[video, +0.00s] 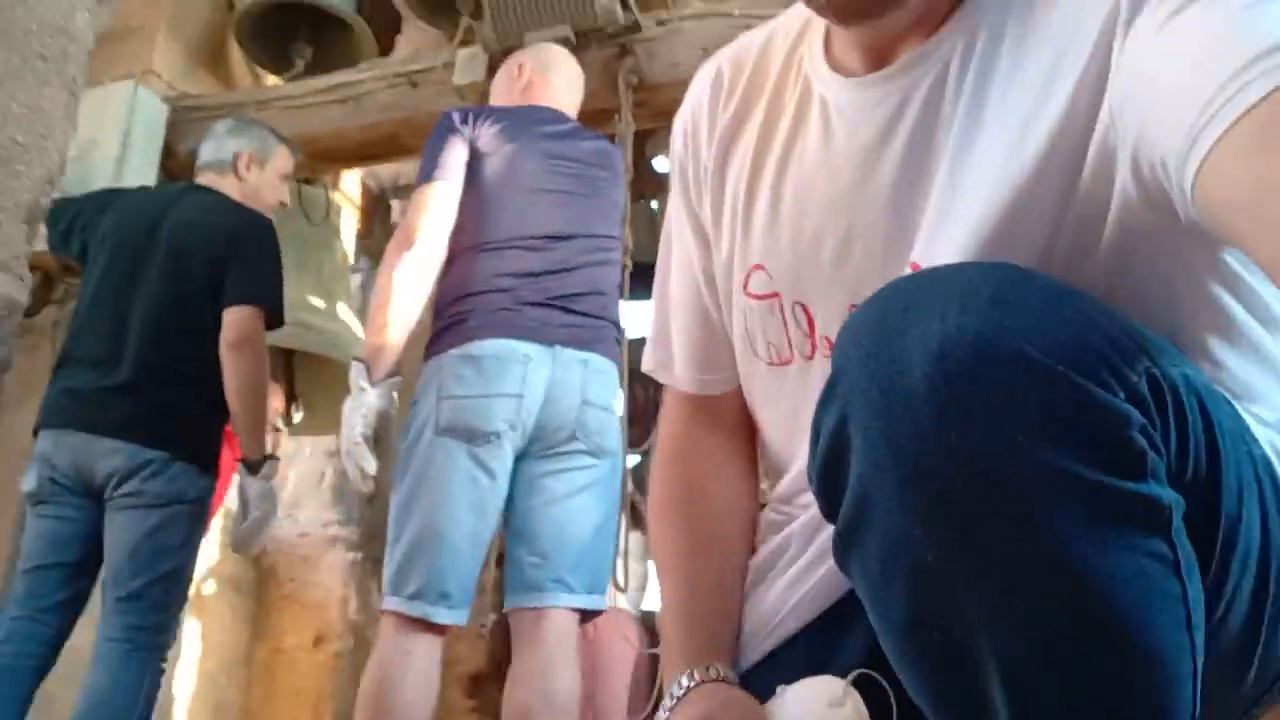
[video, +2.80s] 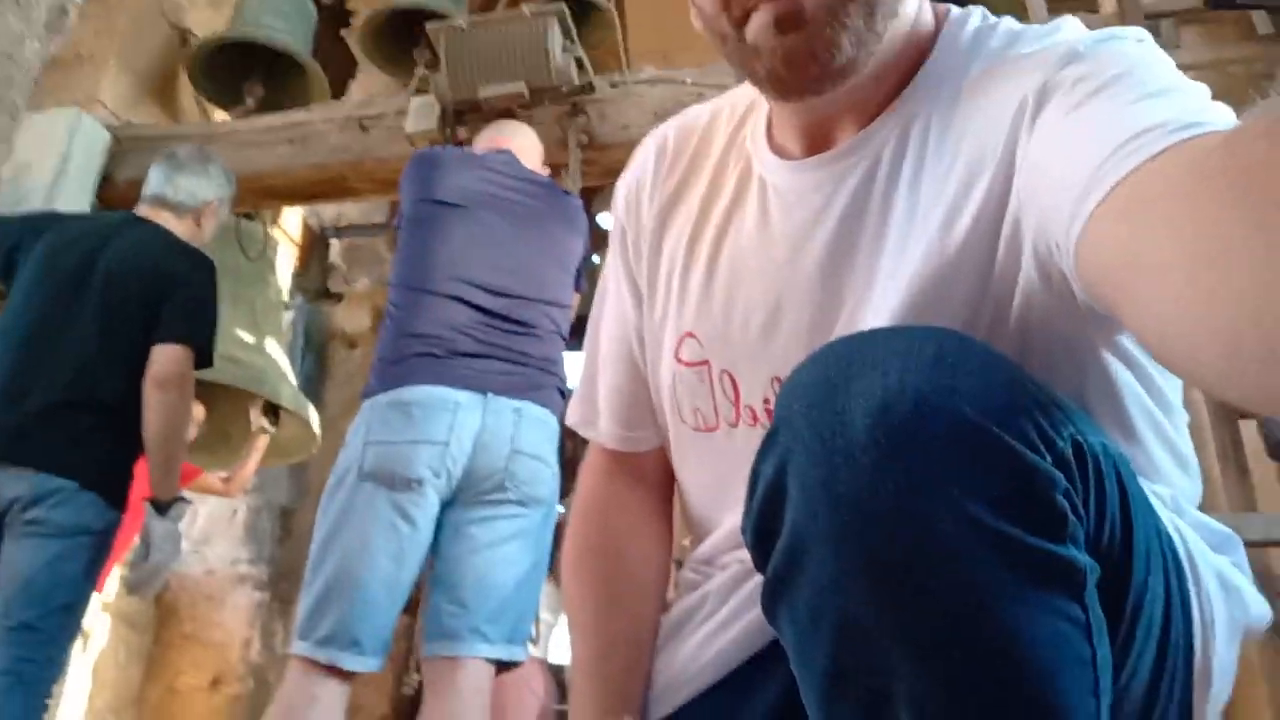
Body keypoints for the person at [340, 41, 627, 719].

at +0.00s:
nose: (490, 90)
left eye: (498, 77)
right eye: (498, 78)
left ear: (520, 75)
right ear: (575, 100)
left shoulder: (469, 127)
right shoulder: (610, 158)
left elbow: (421, 242)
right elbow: (605, 273)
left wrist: (371, 377)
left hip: (481, 361)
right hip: (593, 373)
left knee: (415, 617)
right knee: (551, 614)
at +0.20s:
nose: (527, 125)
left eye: (529, 116)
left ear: (535, 115)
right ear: (610, 133)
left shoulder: (507, 150)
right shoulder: (646, 183)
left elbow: (465, 264)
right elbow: (638, 298)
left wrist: (416, 395)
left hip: (525, 384)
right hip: (633, 395)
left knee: (462, 631)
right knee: (595, 631)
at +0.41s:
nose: (614, 105)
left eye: (615, 97)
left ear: (619, 96)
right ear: (698, 111)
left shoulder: (589, 128)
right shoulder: (732, 160)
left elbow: (547, 239)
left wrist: (506, 371)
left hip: (610, 359)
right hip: (719, 368)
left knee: (550, 609)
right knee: (683, 608)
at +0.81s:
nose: (575, 114)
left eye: (576, 106)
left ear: (581, 107)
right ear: (658, 120)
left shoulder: (547, 139)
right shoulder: (695, 171)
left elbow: (495, 268)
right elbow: (701, 294)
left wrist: (468, 375)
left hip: (565, 372)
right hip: (676, 382)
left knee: (501, 623)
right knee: (634, 621)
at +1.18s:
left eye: (518, 94)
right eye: (592, 108)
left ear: (514, 97)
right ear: (592, 113)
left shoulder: (468, 135)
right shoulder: (622, 175)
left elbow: (387, 267)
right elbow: (623, 297)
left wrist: (438, 271)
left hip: (484, 370)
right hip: (594, 388)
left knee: (410, 628)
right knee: (544, 630)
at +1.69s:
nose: (469, 103)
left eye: (469, 94)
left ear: (472, 97)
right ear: (552, 115)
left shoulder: (422, 138)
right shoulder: (577, 185)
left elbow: (403, 231)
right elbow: (572, 305)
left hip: (423, 374)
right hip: (536, 394)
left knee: (346, 632)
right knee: (485, 629)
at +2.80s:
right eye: (542, 160)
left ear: (470, 148)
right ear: (545, 170)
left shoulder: (430, 167)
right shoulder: (572, 215)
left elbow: (413, 233)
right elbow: (562, 304)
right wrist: (541, 182)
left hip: (417, 402)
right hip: (530, 424)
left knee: (326, 659)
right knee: (466, 656)